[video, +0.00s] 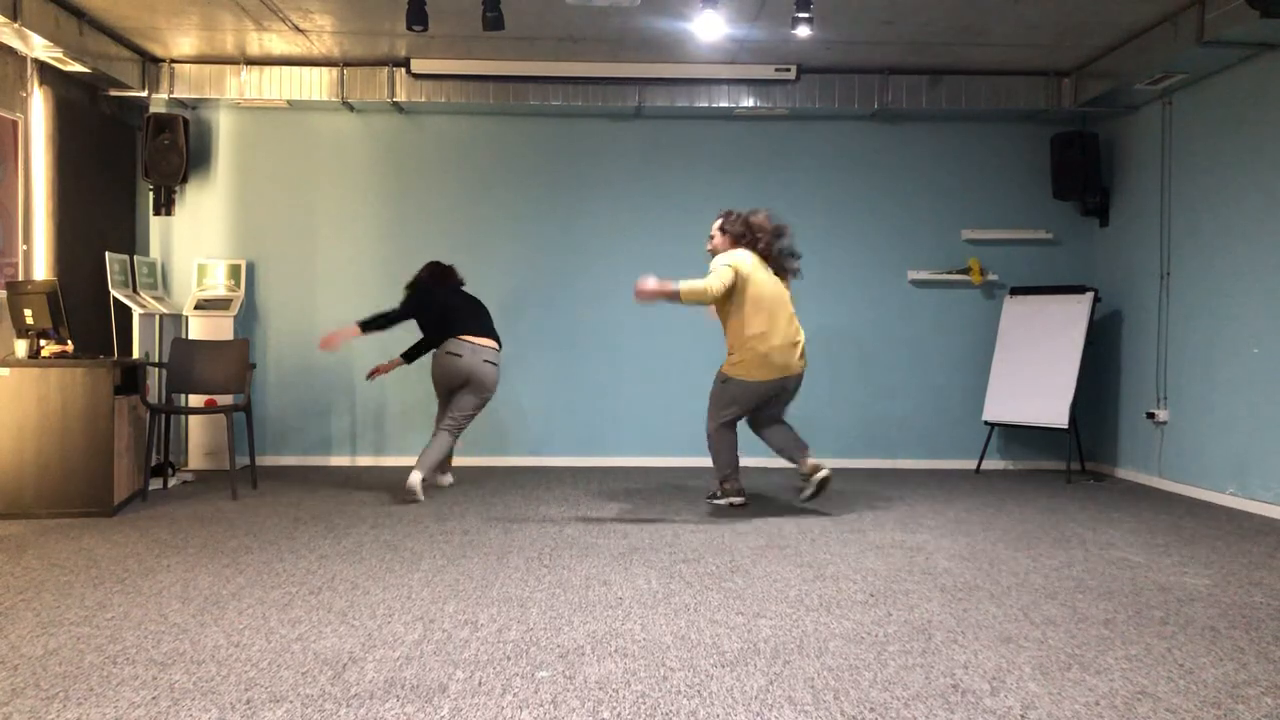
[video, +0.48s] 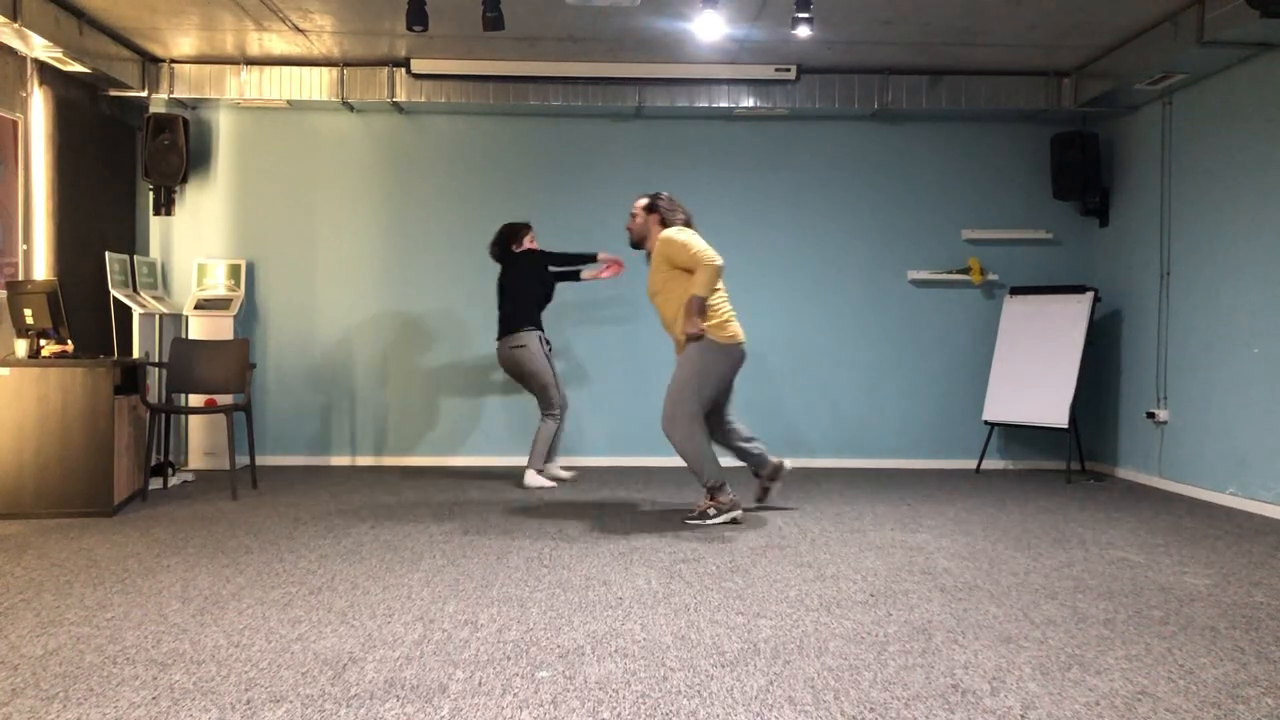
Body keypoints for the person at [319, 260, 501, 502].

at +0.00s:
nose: (415, 285)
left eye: (418, 280)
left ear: (423, 279)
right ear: (453, 281)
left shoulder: (424, 295)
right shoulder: (467, 301)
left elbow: (392, 317)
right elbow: (431, 340)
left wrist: (348, 332)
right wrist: (393, 364)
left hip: (452, 353)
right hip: (488, 362)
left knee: (445, 415)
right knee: (449, 428)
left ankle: (443, 472)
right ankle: (418, 474)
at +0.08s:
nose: (422, 293)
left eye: (425, 287)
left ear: (430, 283)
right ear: (459, 280)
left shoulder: (438, 300)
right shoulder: (474, 301)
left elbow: (406, 328)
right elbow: (434, 340)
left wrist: (365, 356)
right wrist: (399, 366)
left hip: (457, 354)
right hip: (493, 365)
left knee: (448, 413)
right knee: (463, 428)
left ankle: (445, 471)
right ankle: (437, 464)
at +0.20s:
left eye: (458, 265)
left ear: (458, 268)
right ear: (487, 268)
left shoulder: (451, 295)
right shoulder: (498, 288)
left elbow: (450, 334)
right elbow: (504, 326)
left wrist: (451, 364)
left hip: (468, 347)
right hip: (503, 348)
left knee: (460, 410)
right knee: (507, 412)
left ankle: (449, 469)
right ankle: (502, 461)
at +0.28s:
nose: (503, 261)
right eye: (501, 258)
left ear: (471, 261)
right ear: (495, 260)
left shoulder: (464, 289)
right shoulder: (509, 276)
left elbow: (474, 313)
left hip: (476, 344)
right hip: (510, 343)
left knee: (473, 405)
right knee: (533, 407)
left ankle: (454, 464)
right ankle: (526, 472)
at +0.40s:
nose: (524, 247)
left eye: (522, 243)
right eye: (521, 244)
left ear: (497, 251)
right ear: (511, 248)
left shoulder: (493, 275)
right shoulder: (524, 261)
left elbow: (536, 287)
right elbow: (554, 272)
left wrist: (574, 291)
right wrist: (580, 280)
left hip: (498, 349)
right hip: (526, 344)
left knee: (533, 402)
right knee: (546, 411)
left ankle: (507, 452)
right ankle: (531, 471)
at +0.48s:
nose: (536, 244)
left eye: (534, 239)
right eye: (531, 240)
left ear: (511, 248)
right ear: (518, 245)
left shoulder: (513, 271)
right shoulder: (529, 258)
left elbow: (557, 274)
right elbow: (562, 258)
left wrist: (594, 273)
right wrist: (598, 255)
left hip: (508, 347)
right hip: (525, 342)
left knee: (558, 404)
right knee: (552, 407)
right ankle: (532, 472)